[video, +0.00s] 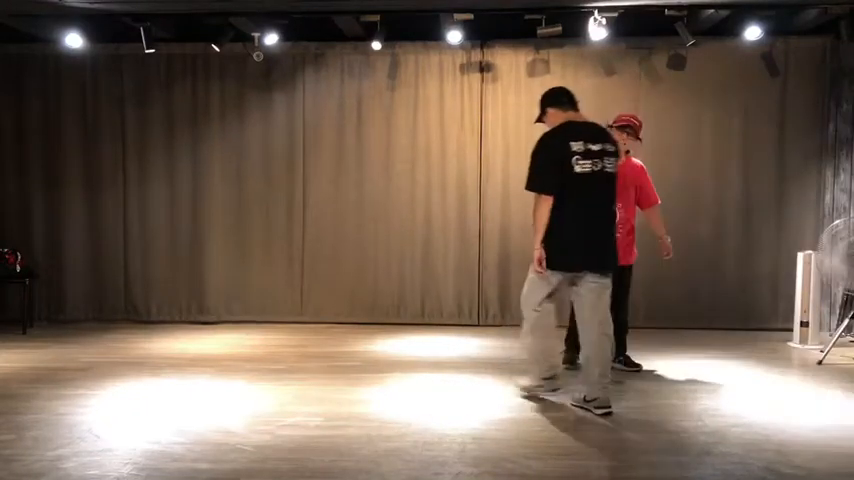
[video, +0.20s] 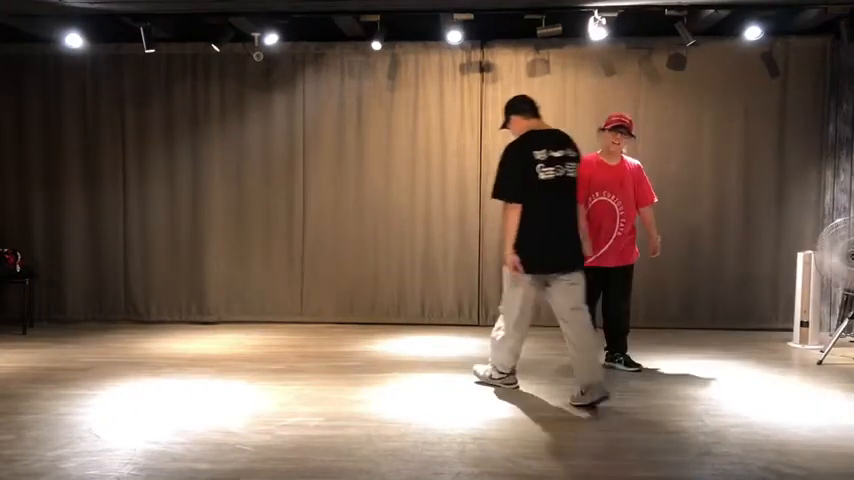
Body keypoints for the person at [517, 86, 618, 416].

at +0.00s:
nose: (544, 125)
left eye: (543, 119)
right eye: (543, 120)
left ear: (551, 112)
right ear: (576, 108)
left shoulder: (551, 141)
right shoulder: (607, 138)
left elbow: (545, 196)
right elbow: (608, 193)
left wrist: (538, 242)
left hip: (561, 245)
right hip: (601, 245)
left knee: (534, 304)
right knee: (597, 322)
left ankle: (546, 375)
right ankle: (598, 395)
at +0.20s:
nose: (509, 131)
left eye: (509, 125)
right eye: (508, 126)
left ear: (516, 119)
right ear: (536, 115)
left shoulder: (518, 149)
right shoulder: (566, 141)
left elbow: (514, 205)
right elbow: (577, 197)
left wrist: (509, 249)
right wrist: (582, 237)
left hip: (529, 248)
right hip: (566, 245)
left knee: (513, 313)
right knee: (575, 318)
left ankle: (502, 369)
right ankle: (593, 386)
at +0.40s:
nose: (479, 131)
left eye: (478, 126)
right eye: (477, 127)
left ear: (483, 119)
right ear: (504, 114)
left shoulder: (487, 144)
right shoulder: (535, 140)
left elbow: (473, 198)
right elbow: (539, 190)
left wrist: (468, 237)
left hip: (497, 238)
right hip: (534, 235)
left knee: (490, 300)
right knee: (521, 291)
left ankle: (500, 369)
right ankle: (540, 342)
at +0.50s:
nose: (468, 128)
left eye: (467, 123)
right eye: (467, 124)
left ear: (473, 117)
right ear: (492, 113)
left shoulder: (473, 143)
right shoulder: (523, 141)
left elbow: (456, 192)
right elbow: (535, 193)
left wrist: (447, 227)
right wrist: (541, 232)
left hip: (484, 237)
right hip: (516, 235)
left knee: (485, 301)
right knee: (503, 296)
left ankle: (499, 369)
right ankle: (504, 359)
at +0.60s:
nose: (456, 128)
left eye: (456, 124)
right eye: (456, 124)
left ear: (461, 120)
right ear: (482, 116)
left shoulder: (461, 146)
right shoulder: (510, 146)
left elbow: (442, 191)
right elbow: (525, 193)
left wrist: (430, 220)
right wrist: (534, 231)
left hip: (472, 239)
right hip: (503, 237)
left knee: (484, 303)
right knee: (475, 296)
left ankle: (500, 368)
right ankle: (466, 347)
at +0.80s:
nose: (435, 133)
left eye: (434, 130)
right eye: (434, 130)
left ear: (438, 125)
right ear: (460, 122)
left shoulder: (437, 150)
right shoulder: (486, 152)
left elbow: (422, 195)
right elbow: (493, 199)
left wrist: (410, 228)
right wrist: (500, 235)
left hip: (446, 239)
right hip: (477, 237)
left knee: (454, 304)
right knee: (458, 298)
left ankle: (492, 354)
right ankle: (449, 350)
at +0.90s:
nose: (423, 135)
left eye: (422, 130)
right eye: (422, 131)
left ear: (428, 125)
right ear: (447, 122)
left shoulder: (428, 149)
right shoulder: (474, 152)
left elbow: (416, 195)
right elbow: (476, 197)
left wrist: (407, 231)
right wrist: (472, 229)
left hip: (434, 236)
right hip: (467, 236)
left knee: (426, 293)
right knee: (456, 295)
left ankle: (466, 336)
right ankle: (447, 350)